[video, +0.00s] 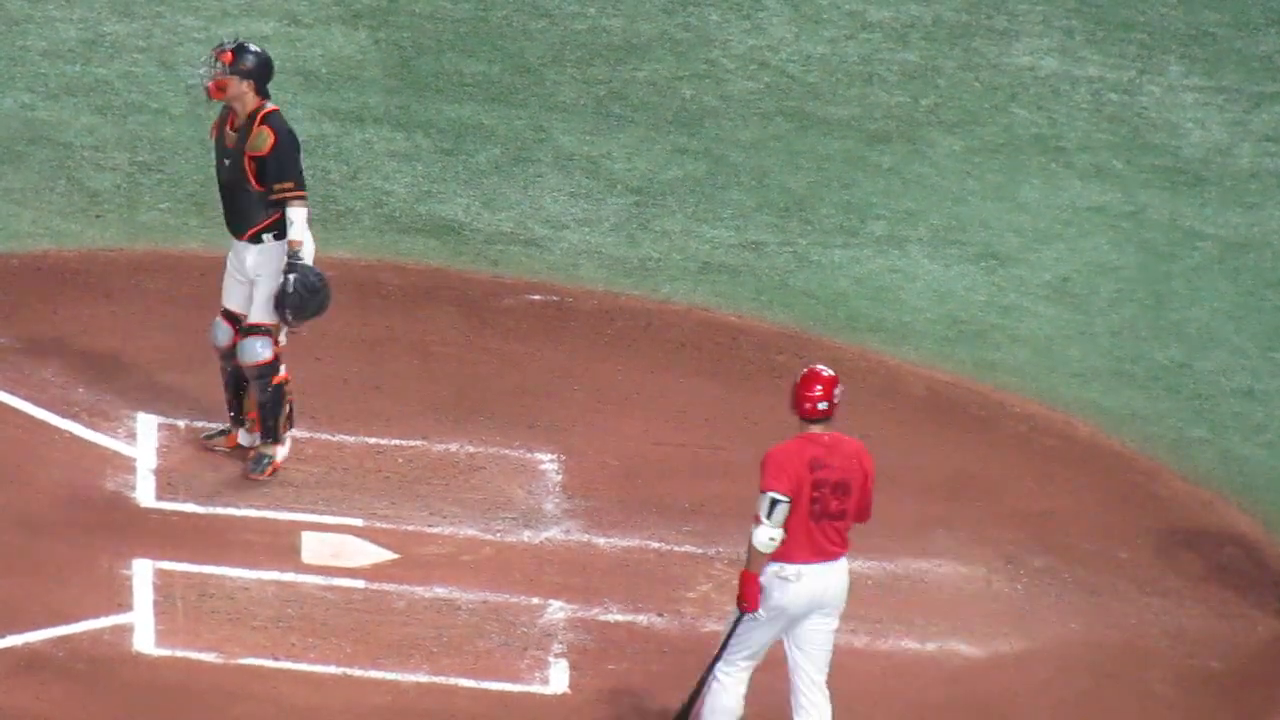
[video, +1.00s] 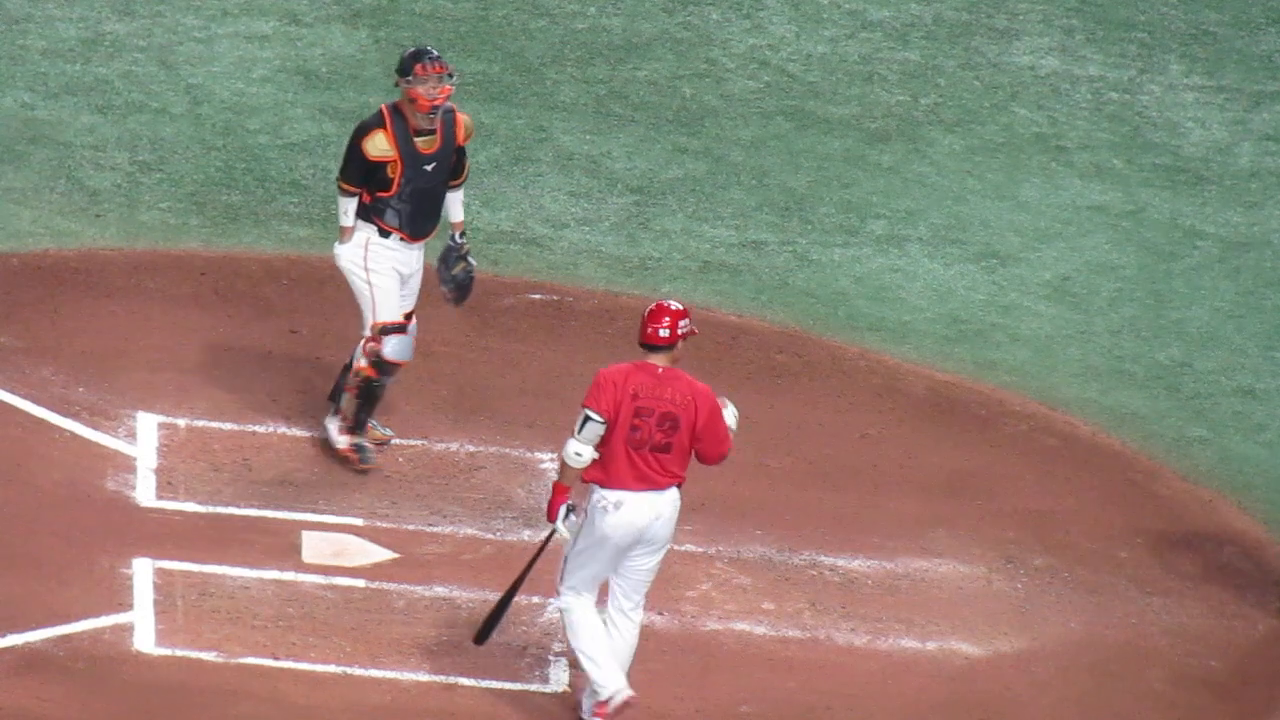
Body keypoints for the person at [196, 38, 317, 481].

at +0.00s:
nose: (219, 80)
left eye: (227, 75)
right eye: (220, 73)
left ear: (249, 82)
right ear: (233, 79)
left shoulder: (275, 130)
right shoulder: (223, 123)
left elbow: (295, 200)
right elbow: (238, 185)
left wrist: (297, 260)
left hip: (274, 248)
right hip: (242, 246)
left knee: (258, 345)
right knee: (228, 337)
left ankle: (274, 440)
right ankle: (242, 427)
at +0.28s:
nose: (244, 75)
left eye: (254, 70)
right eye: (244, 67)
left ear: (278, 78)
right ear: (250, 73)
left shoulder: (310, 128)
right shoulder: (236, 117)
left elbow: (336, 193)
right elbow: (249, 173)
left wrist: (338, 251)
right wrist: (260, 219)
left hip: (301, 244)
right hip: (254, 240)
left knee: (317, 338)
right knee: (238, 331)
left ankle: (328, 405)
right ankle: (247, 424)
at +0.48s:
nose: (286, 79)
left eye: (298, 74)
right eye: (286, 70)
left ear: (321, 84)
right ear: (282, 74)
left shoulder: (354, 130)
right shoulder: (262, 124)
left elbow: (377, 189)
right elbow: (256, 181)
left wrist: (384, 244)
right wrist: (263, 220)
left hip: (336, 247)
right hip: (280, 245)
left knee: (360, 331)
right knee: (251, 331)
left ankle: (346, 409)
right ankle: (248, 423)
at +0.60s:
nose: (333, 88)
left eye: (342, 80)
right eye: (326, 79)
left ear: (356, 85)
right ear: (314, 82)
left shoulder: (383, 129)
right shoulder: (291, 133)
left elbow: (402, 189)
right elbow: (280, 192)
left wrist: (407, 246)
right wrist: (287, 231)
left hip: (362, 250)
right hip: (307, 250)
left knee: (373, 334)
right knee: (268, 332)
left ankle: (346, 415)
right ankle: (251, 423)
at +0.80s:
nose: (391, 89)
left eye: (399, 80)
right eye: (382, 81)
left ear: (409, 83)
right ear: (365, 84)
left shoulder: (426, 125)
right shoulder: (339, 134)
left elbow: (431, 185)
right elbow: (319, 191)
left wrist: (433, 237)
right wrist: (322, 237)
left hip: (398, 249)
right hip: (351, 248)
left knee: (389, 336)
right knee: (322, 340)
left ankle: (345, 417)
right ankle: (275, 420)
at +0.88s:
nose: (411, 86)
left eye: (417, 78)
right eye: (402, 79)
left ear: (425, 80)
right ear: (382, 83)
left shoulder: (437, 123)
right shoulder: (355, 132)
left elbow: (440, 183)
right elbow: (332, 191)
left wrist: (443, 236)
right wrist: (335, 239)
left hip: (405, 247)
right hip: (362, 246)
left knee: (392, 336)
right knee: (351, 343)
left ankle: (347, 416)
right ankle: (296, 421)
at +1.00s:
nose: (435, 90)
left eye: (441, 82)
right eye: (424, 82)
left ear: (448, 84)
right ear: (405, 86)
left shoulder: (456, 128)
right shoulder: (377, 132)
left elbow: (454, 186)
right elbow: (349, 189)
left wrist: (458, 237)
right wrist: (346, 236)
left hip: (413, 249)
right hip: (372, 244)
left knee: (395, 340)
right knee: (389, 342)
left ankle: (356, 414)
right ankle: (343, 424)